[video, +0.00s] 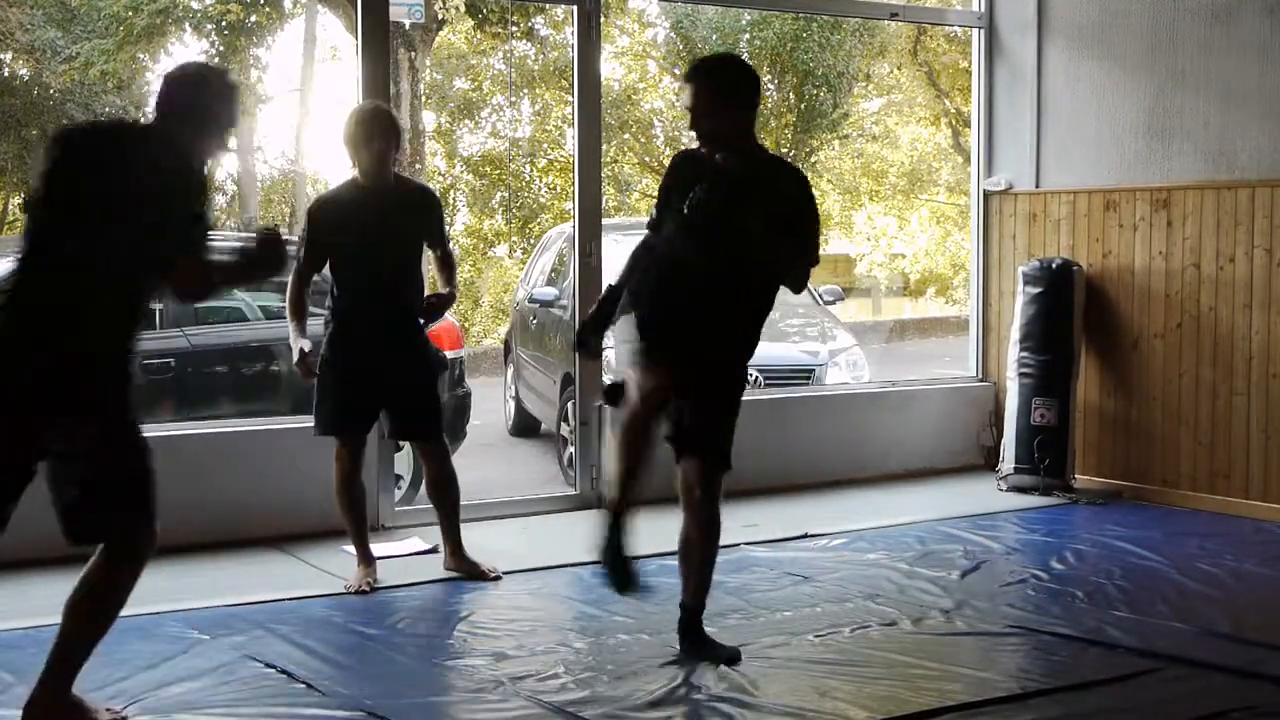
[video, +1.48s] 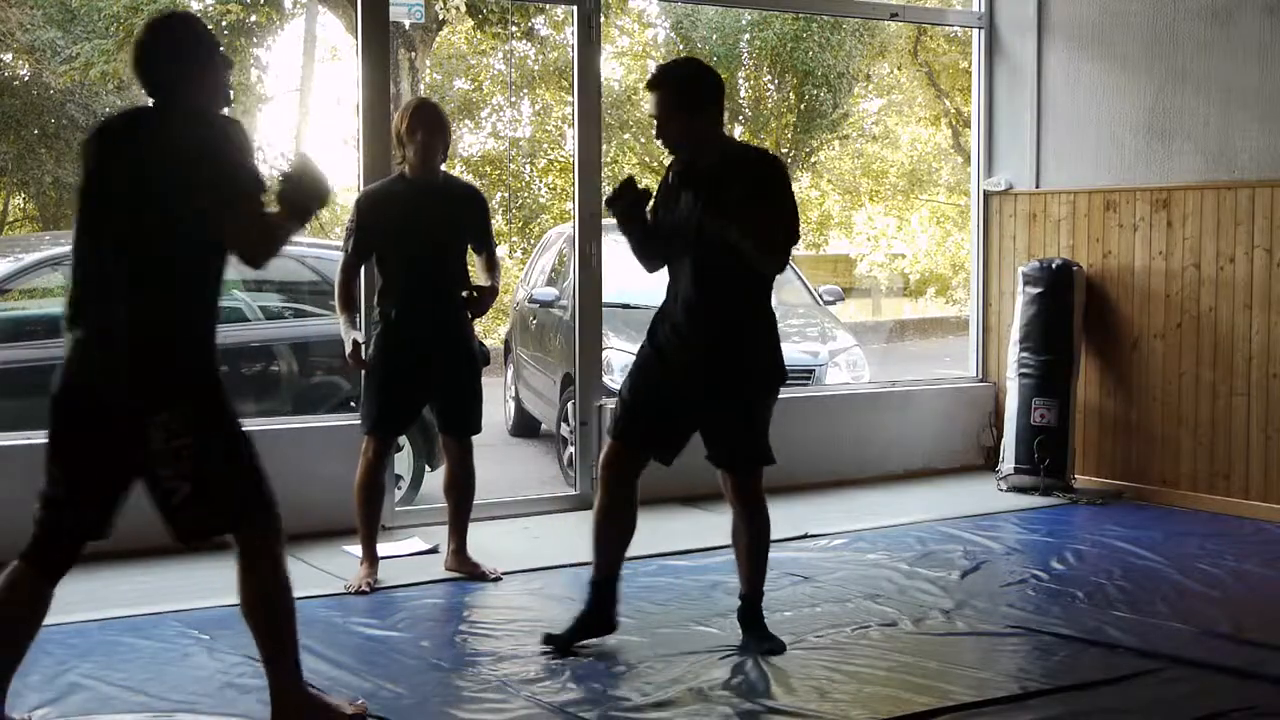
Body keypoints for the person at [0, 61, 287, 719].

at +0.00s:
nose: (226, 143)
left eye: (228, 131)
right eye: (224, 129)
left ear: (168, 104)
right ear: (200, 118)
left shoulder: (84, 142)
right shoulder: (176, 174)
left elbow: (45, 231)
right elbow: (185, 280)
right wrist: (253, 265)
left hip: (16, 354)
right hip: (89, 369)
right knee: (131, 537)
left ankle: (53, 692)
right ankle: (52, 694)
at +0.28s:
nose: (175, 115)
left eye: (176, 102)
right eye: (172, 101)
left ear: (108, 85)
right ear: (144, 98)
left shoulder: (34, 130)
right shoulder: (111, 151)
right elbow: (142, 255)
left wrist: (150, 172)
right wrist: (173, 175)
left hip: (7, 352)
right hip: (59, 357)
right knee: (155, 509)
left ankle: (84, 670)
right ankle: (83, 670)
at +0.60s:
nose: (226, 124)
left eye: (228, 111)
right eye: (223, 111)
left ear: (163, 99)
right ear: (204, 108)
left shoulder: (89, 152)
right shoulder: (205, 173)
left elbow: (51, 249)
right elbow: (230, 268)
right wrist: (242, 179)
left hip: (65, 381)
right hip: (144, 385)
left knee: (22, 533)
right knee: (236, 531)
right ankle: (270, 697)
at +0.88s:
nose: (288, 108)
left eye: (289, 96)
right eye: (288, 96)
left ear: (215, 80)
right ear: (277, 93)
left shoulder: (140, 133)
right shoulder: (268, 153)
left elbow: (90, 227)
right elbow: (305, 249)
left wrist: (174, 217)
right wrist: (333, 205)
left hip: (100, 371)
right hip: (195, 374)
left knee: (48, 531)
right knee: (257, 528)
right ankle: (272, 698)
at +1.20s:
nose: (231, 85)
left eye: (227, 70)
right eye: (223, 70)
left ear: (151, 73)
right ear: (200, 73)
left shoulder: (104, 135)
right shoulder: (205, 142)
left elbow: (138, 236)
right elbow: (231, 252)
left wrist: (224, 159)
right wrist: (274, 205)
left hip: (75, 371)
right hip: (163, 376)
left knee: (30, 548)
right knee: (247, 528)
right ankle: (274, 696)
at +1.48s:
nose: (229, 69)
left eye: (223, 57)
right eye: (218, 58)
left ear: (153, 73)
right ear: (193, 69)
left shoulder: (108, 137)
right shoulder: (216, 139)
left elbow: (104, 251)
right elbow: (256, 246)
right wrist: (298, 203)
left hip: (94, 374)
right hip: (177, 379)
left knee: (45, 551)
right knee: (258, 530)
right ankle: (290, 695)